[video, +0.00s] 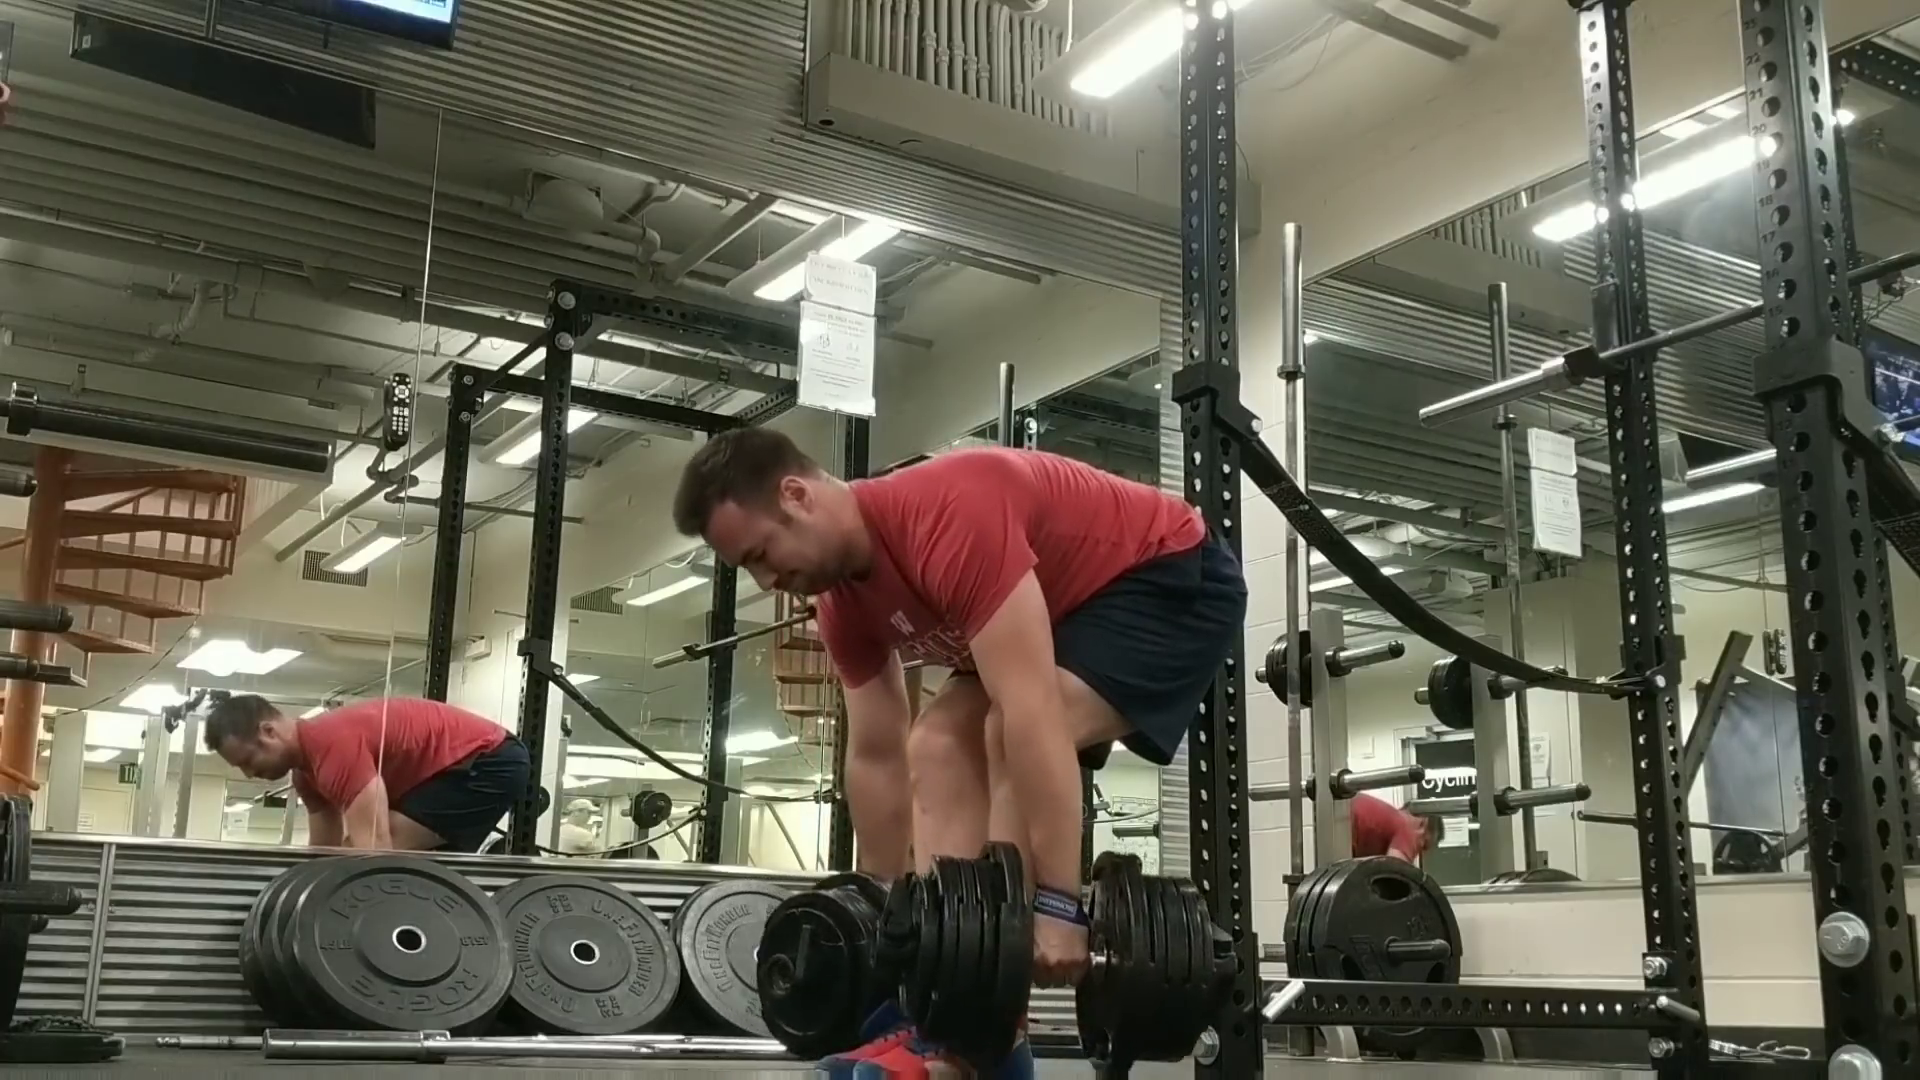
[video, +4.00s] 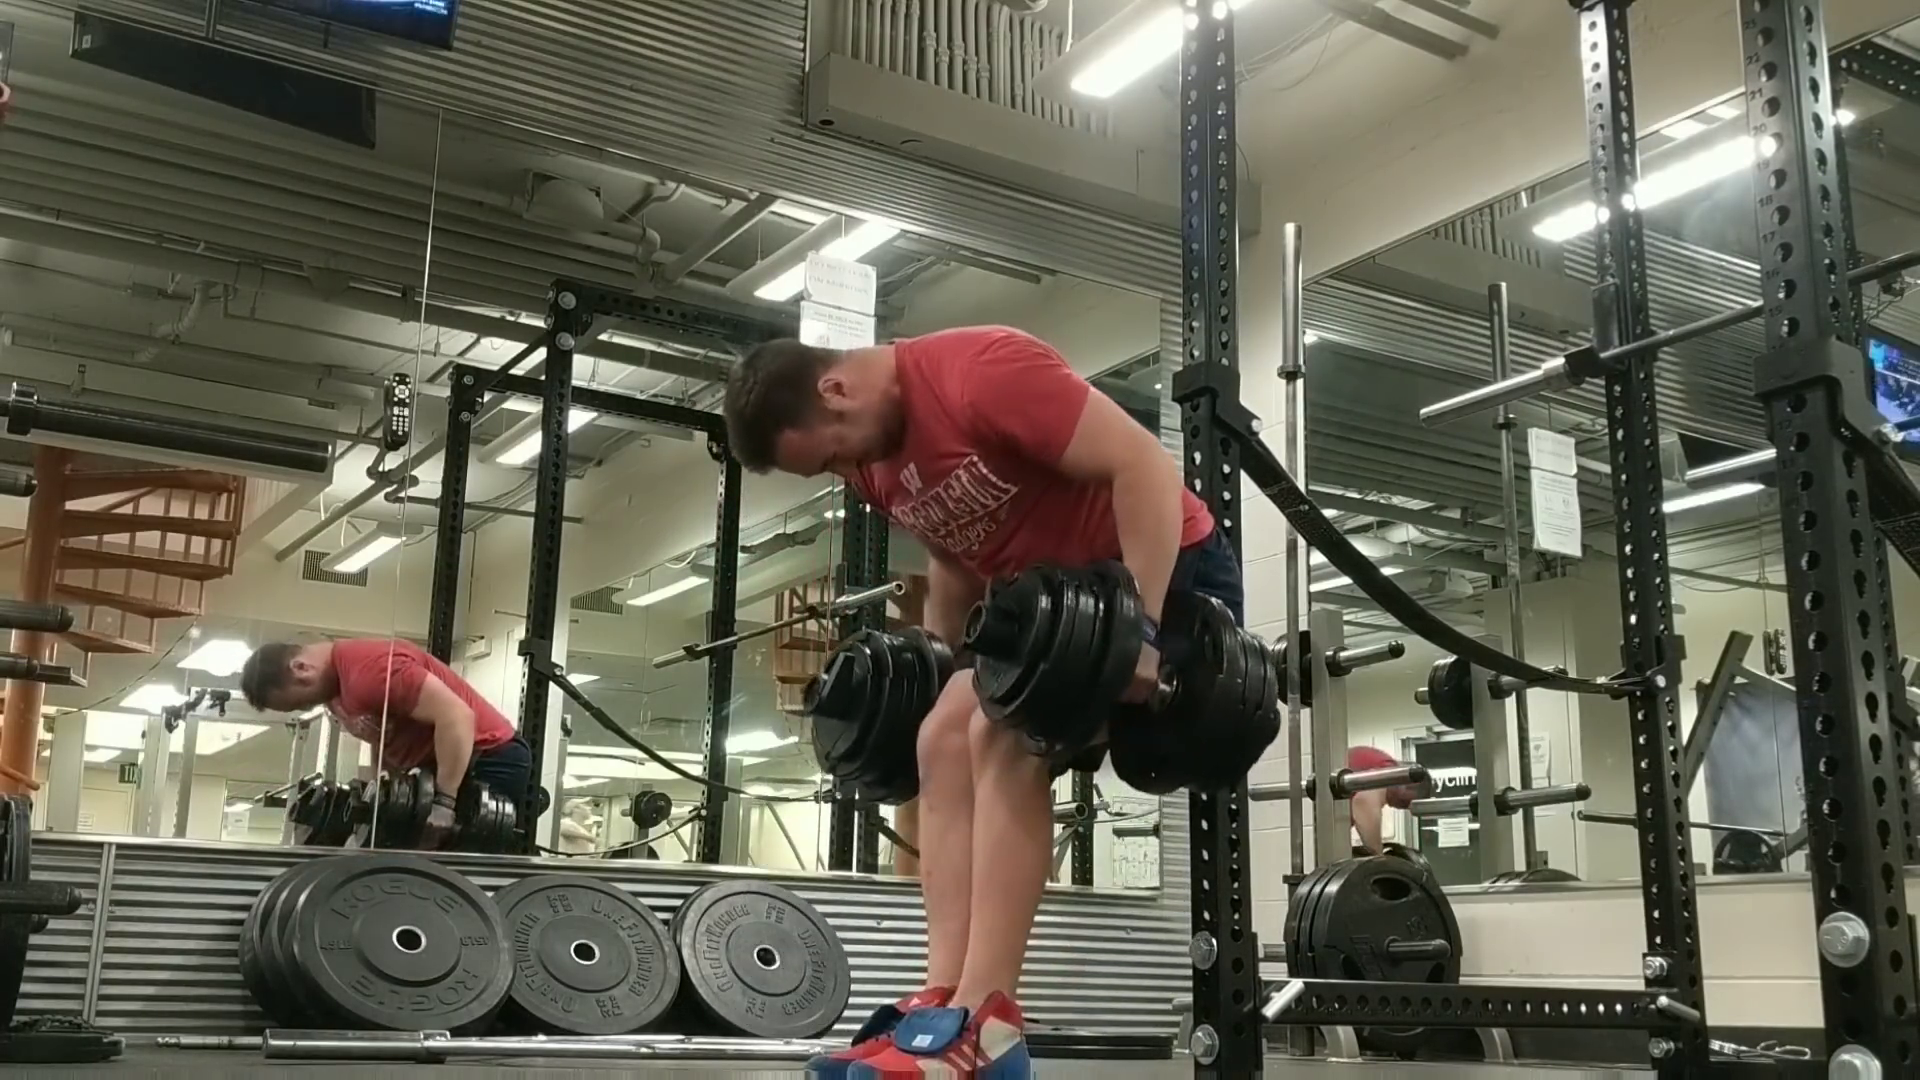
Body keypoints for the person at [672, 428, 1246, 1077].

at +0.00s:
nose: (766, 584)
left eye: (761, 556)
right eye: (748, 570)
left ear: (800, 493)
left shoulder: (956, 513)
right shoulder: (845, 602)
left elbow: (1030, 707)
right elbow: (876, 755)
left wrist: (1058, 907)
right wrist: (878, 931)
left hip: (1172, 576)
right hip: (1066, 608)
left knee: (1018, 730)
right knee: (937, 737)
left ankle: (991, 1031)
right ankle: (933, 1018)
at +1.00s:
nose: (778, 610)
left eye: (772, 584)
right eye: (761, 597)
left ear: (807, 523)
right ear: (806, 523)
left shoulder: (947, 525)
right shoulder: (859, 608)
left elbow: (1018, 722)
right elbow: (883, 764)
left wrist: (1049, 920)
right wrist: (886, 944)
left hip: (1186, 584)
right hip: (1082, 613)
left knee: (1021, 728)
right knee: (944, 730)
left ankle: (976, 1025)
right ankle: (918, 1007)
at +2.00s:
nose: (763, 546)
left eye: (761, 520)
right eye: (748, 535)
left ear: (801, 458)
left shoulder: (955, 494)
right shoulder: (845, 580)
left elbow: (1008, 695)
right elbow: (874, 733)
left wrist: (1031, 883)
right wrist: (876, 899)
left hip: (1170, 581)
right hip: (1071, 608)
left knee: (971, 739)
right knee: (934, 739)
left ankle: (989, 1030)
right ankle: (930, 1020)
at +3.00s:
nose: (757, 557)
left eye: (755, 530)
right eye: (742, 545)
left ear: (797, 470)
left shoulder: (944, 505)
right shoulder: (837, 591)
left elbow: (992, 703)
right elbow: (858, 746)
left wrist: (1001, 905)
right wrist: (850, 912)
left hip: (1169, 581)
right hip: (1062, 615)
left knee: (1021, 725)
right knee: (929, 738)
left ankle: (994, 1024)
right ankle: (927, 1021)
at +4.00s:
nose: (846, 473)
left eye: (833, 456)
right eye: (827, 469)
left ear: (836, 390)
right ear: (835, 390)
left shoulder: (983, 374)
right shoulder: (872, 462)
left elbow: (1144, 463)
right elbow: (953, 555)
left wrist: (1142, 625)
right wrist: (932, 668)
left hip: (1157, 571)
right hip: (1050, 598)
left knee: (1006, 736)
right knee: (944, 733)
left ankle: (990, 1017)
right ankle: (941, 1000)